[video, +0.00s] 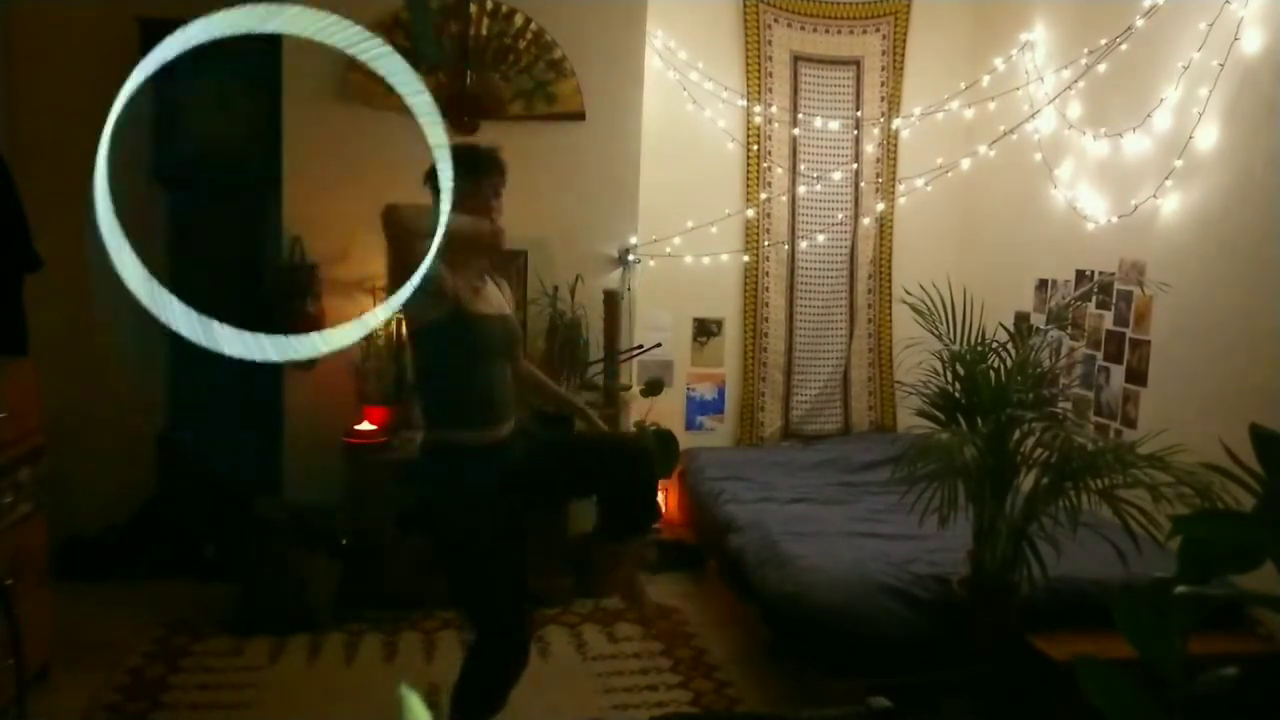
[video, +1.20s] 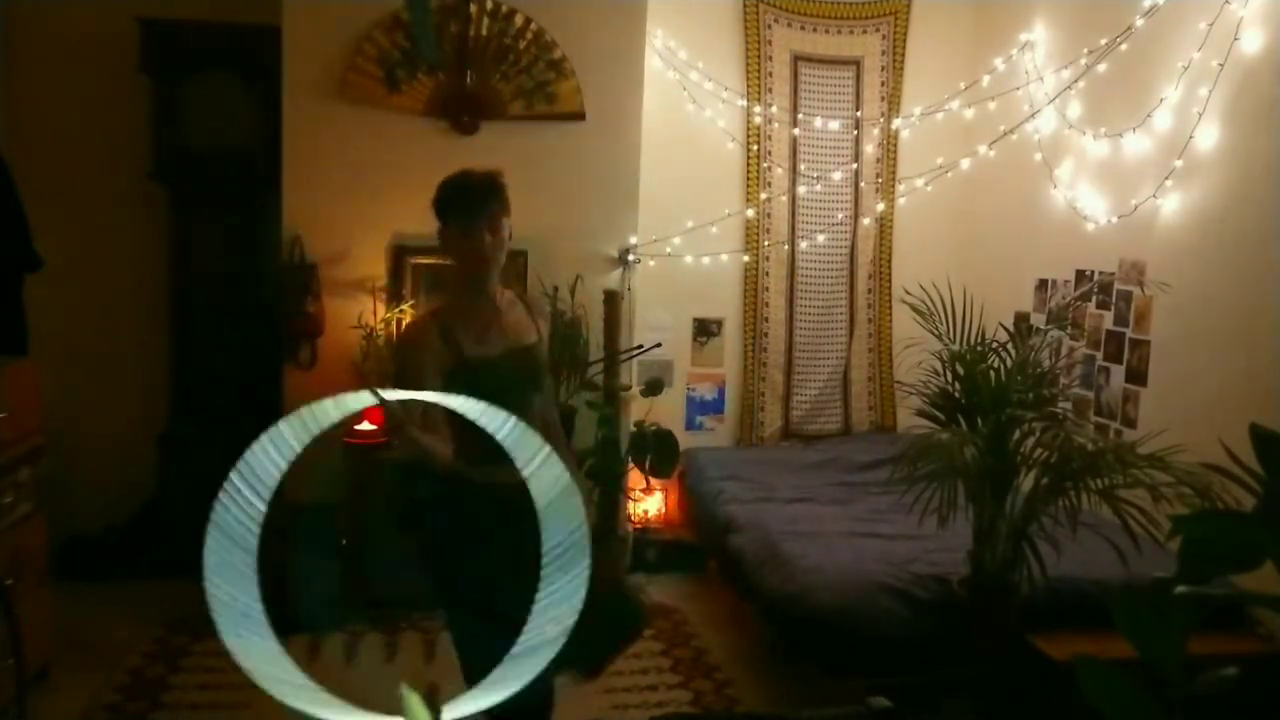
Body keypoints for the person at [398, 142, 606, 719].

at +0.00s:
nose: (495, 212)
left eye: (499, 198)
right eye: (485, 199)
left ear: (498, 204)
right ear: (450, 201)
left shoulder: (491, 281)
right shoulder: (422, 281)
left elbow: (517, 367)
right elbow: (397, 215)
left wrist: (577, 407)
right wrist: (478, 231)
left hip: (517, 451)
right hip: (461, 468)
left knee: (631, 459)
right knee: (505, 638)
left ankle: (607, 568)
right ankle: (462, 714)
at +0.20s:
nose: (500, 176)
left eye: (503, 165)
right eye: (489, 164)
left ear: (497, 169)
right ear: (455, 172)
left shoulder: (498, 256)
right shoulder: (440, 248)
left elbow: (511, 357)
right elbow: (498, 171)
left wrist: (560, 418)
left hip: (507, 435)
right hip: (461, 444)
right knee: (485, 615)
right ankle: (451, 708)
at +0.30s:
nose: (507, 172)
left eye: (509, 160)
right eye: (497, 159)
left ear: (506, 164)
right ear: (463, 163)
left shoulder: (494, 239)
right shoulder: (443, 234)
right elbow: (547, 192)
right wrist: (631, 126)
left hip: (511, 435)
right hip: (462, 443)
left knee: (602, 498)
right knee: (480, 607)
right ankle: (446, 708)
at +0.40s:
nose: (505, 185)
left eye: (510, 170)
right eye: (490, 170)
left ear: (515, 173)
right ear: (457, 175)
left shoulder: (496, 256)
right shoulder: (452, 245)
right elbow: (538, 254)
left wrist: (536, 409)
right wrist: (643, 259)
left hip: (491, 450)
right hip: (458, 450)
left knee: (475, 599)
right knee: (468, 600)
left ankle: (451, 706)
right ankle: (448, 707)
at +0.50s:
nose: (510, 198)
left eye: (514, 184)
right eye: (494, 184)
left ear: (519, 189)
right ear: (461, 192)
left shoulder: (499, 271)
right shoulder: (459, 268)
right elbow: (520, 338)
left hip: (491, 454)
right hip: (457, 455)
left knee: (474, 605)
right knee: (470, 616)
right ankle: (454, 705)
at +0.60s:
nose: (516, 212)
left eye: (516, 199)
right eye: (504, 199)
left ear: (513, 206)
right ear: (467, 205)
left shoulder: (496, 286)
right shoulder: (459, 285)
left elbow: (513, 389)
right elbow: (494, 398)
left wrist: (553, 422)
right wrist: (534, 433)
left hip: (486, 464)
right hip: (455, 465)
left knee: (482, 631)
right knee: (464, 633)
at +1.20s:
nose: (486, 242)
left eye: (495, 226)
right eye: (470, 228)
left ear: (509, 232)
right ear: (446, 238)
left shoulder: (525, 315)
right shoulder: (426, 333)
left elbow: (543, 407)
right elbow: (420, 430)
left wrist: (569, 479)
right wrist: (452, 462)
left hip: (533, 503)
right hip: (464, 513)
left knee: (537, 655)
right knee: (485, 656)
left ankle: (535, 708)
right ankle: (495, 714)